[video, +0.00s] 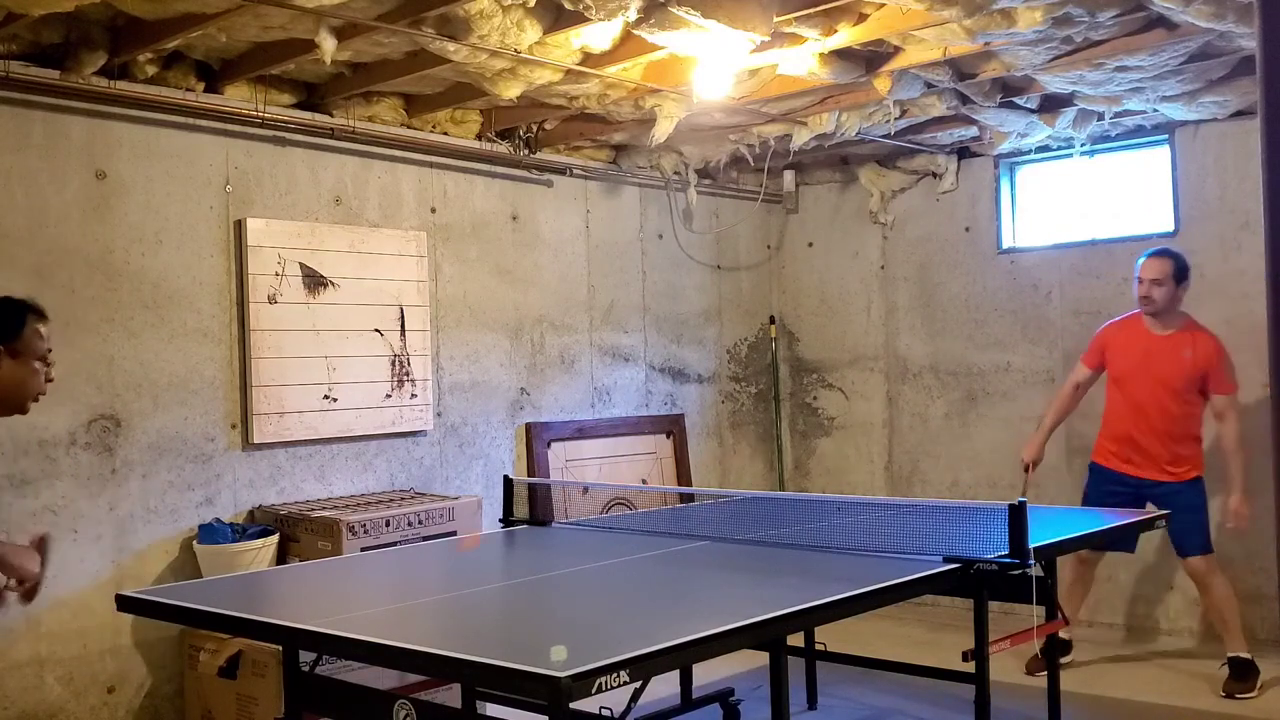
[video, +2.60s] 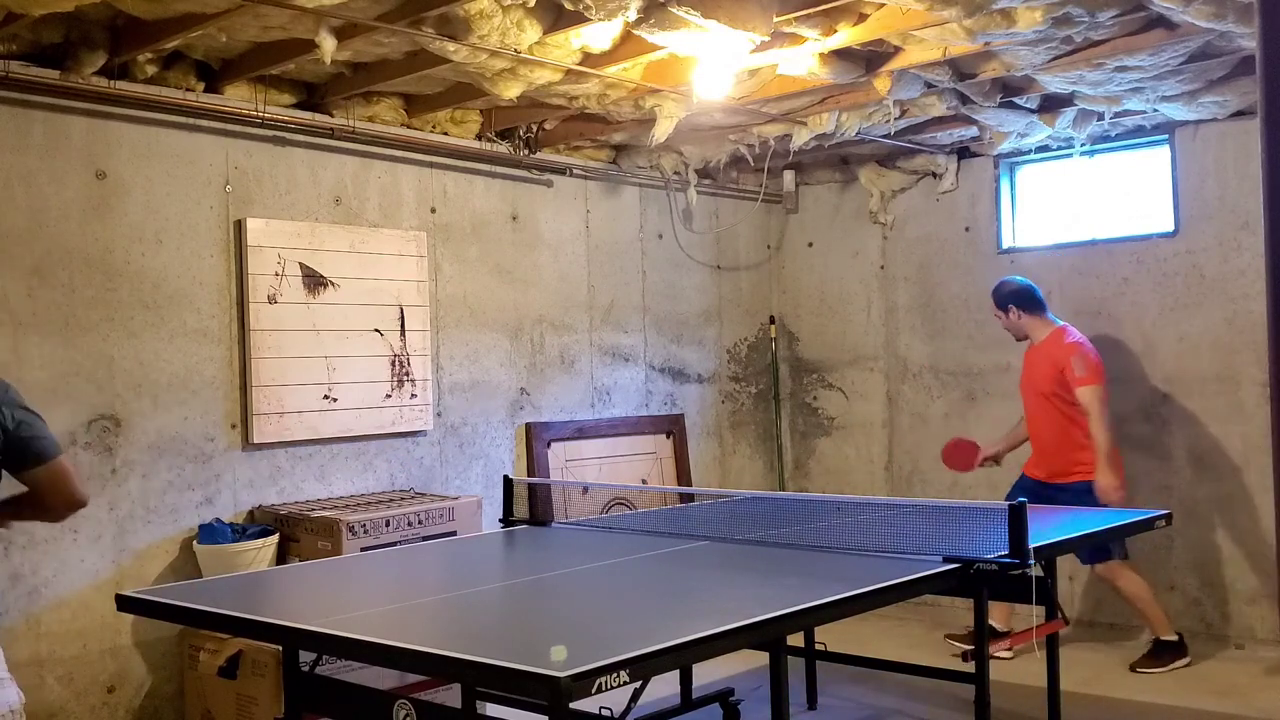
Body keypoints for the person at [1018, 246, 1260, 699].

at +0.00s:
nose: (1145, 291)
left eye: (1156, 284)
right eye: (1140, 282)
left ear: (1181, 289)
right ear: (1134, 284)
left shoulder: (1205, 346)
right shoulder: (1113, 334)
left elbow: (1226, 417)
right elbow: (1075, 385)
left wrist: (1236, 489)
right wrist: (1039, 437)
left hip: (1177, 477)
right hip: (1112, 470)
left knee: (1200, 563)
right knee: (1083, 555)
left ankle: (1240, 659)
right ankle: (1056, 641)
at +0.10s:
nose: (1113, 292)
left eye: (1124, 285)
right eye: (1109, 284)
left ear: (1149, 291)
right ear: (1103, 287)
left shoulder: (1173, 347)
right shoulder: (1086, 340)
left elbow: (1196, 417)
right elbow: (1057, 398)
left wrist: (1194, 485)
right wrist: (1030, 455)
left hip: (1154, 483)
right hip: (1089, 478)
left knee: (1188, 565)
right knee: (1067, 559)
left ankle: (1236, 658)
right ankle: (1054, 642)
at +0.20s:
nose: (1086, 290)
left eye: (1096, 282)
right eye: (1081, 282)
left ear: (1121, 287)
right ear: (1077, 285)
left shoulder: (1149, 344)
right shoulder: (1064, 339)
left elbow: (1173, 414)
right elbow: (1042, 400)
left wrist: (1154, 467)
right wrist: (1020, 457)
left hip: (1134, 480)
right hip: (1072, 477)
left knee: (1173, 563)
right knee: (1056, 557)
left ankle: (1226, 655)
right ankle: (1054, 643)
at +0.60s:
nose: (1037, 296)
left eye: (1046, 287)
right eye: (1032, 289)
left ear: (1072, 289)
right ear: (1032, 293)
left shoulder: (1111, 339)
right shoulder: (1034, 348)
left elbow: (1144, 404)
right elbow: (1027, 407)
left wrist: (1125, 466)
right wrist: (999, 452)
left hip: (1111, 476)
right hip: (1051, 475)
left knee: (1139, 562)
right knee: (1025, 551)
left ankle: (1175, 647)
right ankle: (1044, 628)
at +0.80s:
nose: (987, 310)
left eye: (994, 300)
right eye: (983, 303)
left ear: (1023, 300)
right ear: (984, 308)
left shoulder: (1073, 342)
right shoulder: (991, 361)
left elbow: (1120, 393)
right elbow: (975, 419)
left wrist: (1156, 452)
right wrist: (935, 430)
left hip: (1090, 479)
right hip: (1027, 481)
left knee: (1126, 561)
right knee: (990, 555)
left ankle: (1174, 647)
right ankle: (980, 638)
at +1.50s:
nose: (1023, 304)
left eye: (1032, 295)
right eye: (1016, 296)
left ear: (1053, 298)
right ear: (1012, 301)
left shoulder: (1090, 349)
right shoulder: (1008, 358)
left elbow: (1123, 411)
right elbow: (999, 417)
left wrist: (1128, 477)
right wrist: (981, 472)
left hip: (1090, 484)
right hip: (1027, 483)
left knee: (1132, 564)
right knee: (984, 554)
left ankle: (1172, 647)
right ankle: (972, 639)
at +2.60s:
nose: (1001, 325)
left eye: (1000, 317)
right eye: (999, 318)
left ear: (1015, 312)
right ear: (1024, 309)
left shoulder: (1074, 349)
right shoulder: (1036, 350)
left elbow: (1097, 412)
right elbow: (1039, 415)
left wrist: (1104, 469)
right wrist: (1001, 448)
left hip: (1080, 482)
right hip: (1037, 479)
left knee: (1107, 565)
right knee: (1000, 548)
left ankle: (1169, 640)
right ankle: (996, 631)